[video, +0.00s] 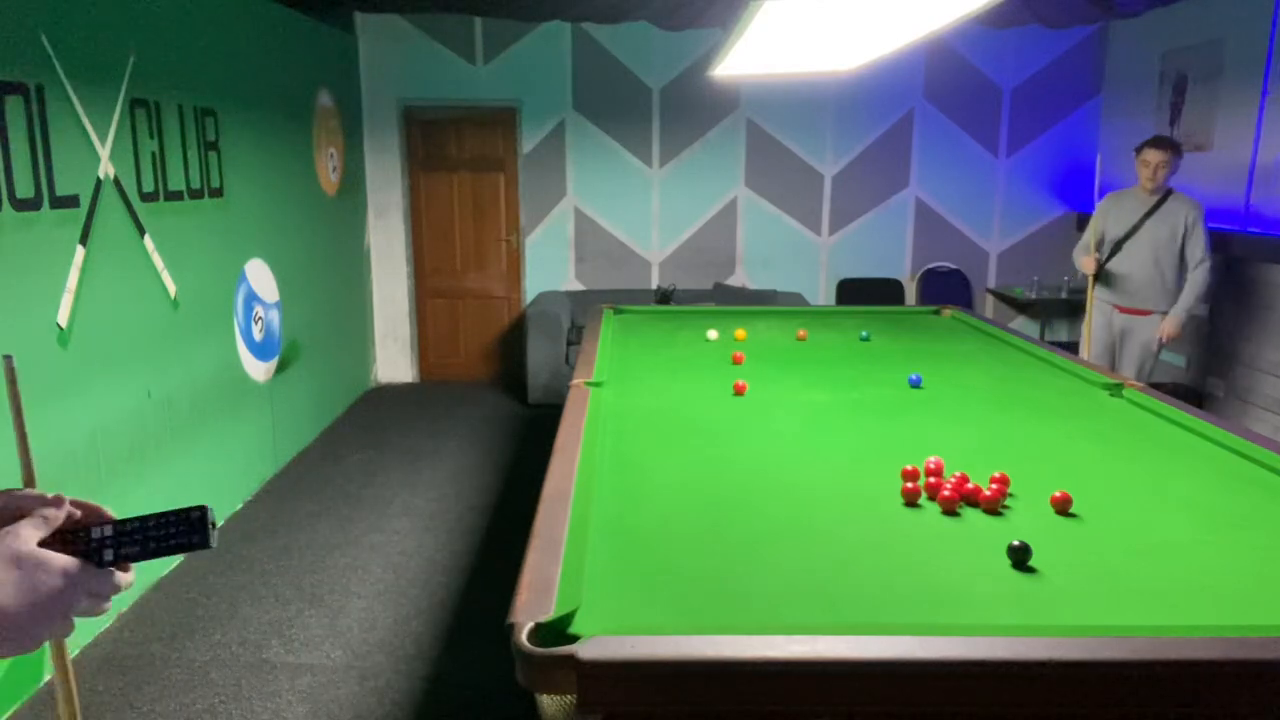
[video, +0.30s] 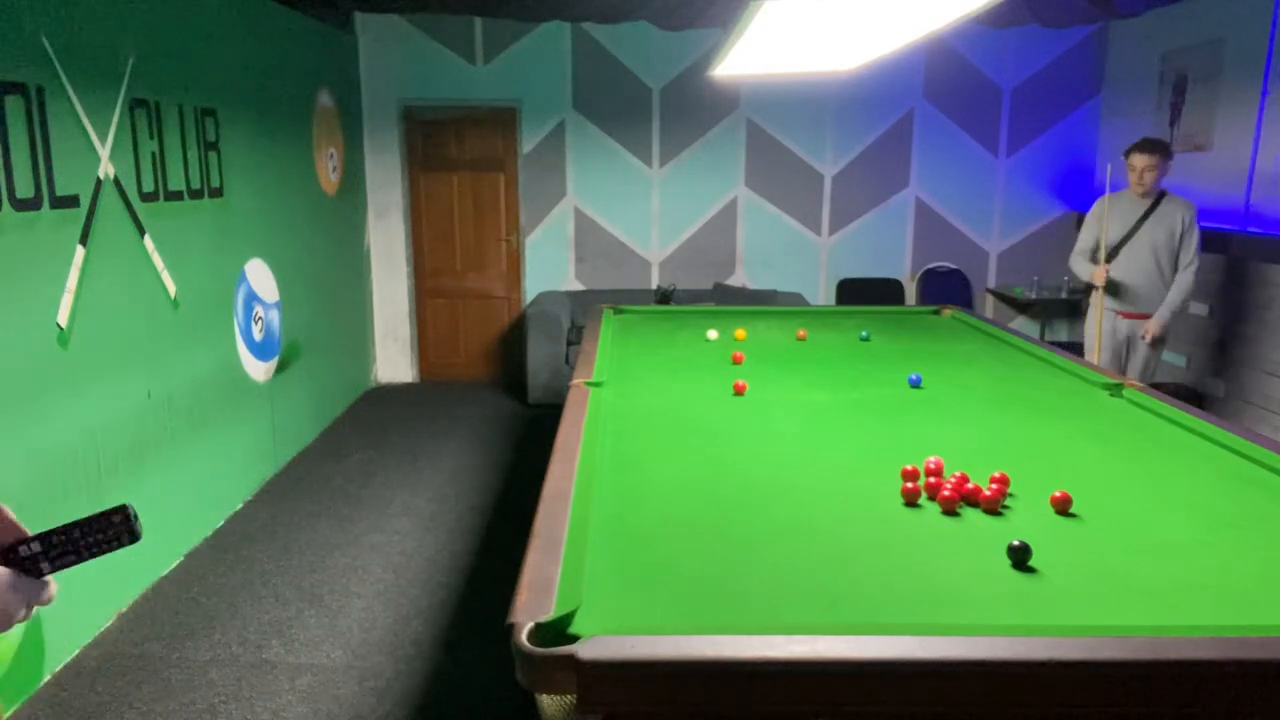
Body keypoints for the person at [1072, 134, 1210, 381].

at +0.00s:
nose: (1152, 172)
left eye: (1161, 166)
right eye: (1146, 164)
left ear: (1173, 170)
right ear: (1136, 163)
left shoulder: (1187, 212)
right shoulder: (1111, 203)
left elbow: (1200, 268)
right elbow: (1082, 248)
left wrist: (1177, 316)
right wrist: (1084, 260)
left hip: (1149, 318)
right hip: (1103, 310)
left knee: (1128, 395)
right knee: (1089, 386)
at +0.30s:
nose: (1138, 177)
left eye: (1148, 170)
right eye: (1133, 169)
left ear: (1164, 171)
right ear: (1126, 167)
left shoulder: (1182, 213)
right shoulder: (1105, 206)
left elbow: (1187, 272)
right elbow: (1077, 257)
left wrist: (1160, 319)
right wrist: (1091, 272)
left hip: (1149, 324)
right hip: (1104, 318)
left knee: (1134, 401)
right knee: (1096, 396)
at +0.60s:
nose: (1123, 180)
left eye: (1132, 172)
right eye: (1115, 172)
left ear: (1145, 170)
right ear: (1108, 170)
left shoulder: (1165, 209)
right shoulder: (1089, 210)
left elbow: (1178, 266)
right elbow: (1066, 264)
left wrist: (1184, 317)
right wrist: (1088, 279)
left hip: (1150, 325)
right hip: (1098, 324)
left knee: (1150, 412)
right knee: (1094, 409)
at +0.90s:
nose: (1132, 186)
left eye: (1141, 178)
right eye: (1125, 176)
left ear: (1153, 175)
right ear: (1114, 172)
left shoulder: (1165, 210)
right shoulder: (1092, 210)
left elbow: (1170, 269)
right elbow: (1069, 265)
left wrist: (1173, 323)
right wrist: (1085, 288)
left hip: (1151, 329)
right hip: (1102, 328)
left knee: (1143, 414)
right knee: (1095, 411)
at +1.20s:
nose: (1151, 185)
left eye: (1161, 177)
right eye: (1144, 175)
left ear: (1174, 176)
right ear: (1134, 171)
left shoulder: (1187, 217)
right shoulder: (1108, 212)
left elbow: (1190, 280)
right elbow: (1083, 263)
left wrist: (1187, 336)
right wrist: (1088, 289)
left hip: (1162, 335)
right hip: (1110, 331)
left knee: (1146, 419)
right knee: (1101, 417)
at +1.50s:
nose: (1176, 178)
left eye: (1185, 170)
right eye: (1168, 170)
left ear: (1200, 170)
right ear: (1158, 170)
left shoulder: (1222, 217)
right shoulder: (1135, 209)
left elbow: (1234, 280)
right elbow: (1110, 258)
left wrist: (1230, 338)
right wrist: (1098, 296)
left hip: (1178, 340)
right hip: (1125, 330)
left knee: (1159, 425)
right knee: (1100, 410)